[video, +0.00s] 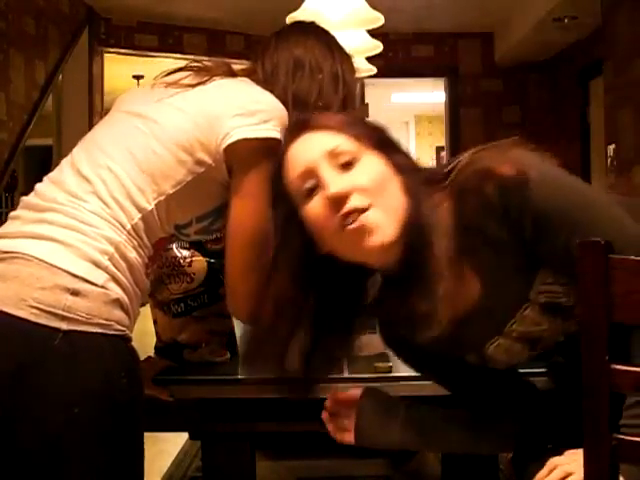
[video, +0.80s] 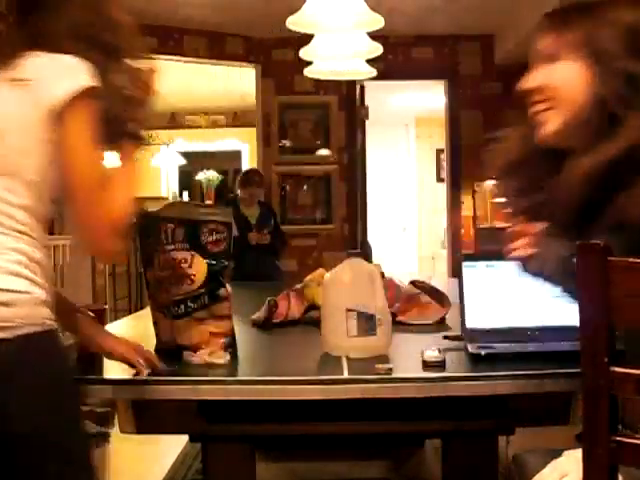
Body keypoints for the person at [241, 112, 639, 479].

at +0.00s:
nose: (335, 192)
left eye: (346, 163)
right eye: (309, 190)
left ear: (394, 165)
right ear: (309, 235)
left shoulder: (503, 185)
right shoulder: (404, 323)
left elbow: (635, 271)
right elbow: (524, 424)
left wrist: (609, 445)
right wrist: (389, 421)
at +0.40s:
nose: (336, 191)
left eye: (350, 161)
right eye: (317, 190)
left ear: (403, 157)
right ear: (319, 228)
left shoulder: (507, 211)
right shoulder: (423, 309)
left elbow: (638, 277)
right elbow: (544, 411)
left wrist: (609, 447)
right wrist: (403, 406)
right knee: (527, 469)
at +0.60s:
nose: (405, 120)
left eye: (425, 95)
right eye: (397, 113)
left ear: (479, 99)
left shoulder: (577, 155)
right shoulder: (479, 237)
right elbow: (586, 356)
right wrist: (461, 331)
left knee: (537, 471)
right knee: (527, 465)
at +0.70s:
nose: (465, 98)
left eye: (489, 73)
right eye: (460, 83)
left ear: (546, 81)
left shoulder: (614, 162)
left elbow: (619, 341)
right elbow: (601, 332)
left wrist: (512, 299)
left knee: (531, 466)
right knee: (523, 461)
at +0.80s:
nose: (528, 83)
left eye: (552, 59)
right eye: (532, 65)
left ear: (610, 70)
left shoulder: (631, 174)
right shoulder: (546, 176)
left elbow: (634, 289)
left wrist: (561, 259)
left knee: (533, 467)